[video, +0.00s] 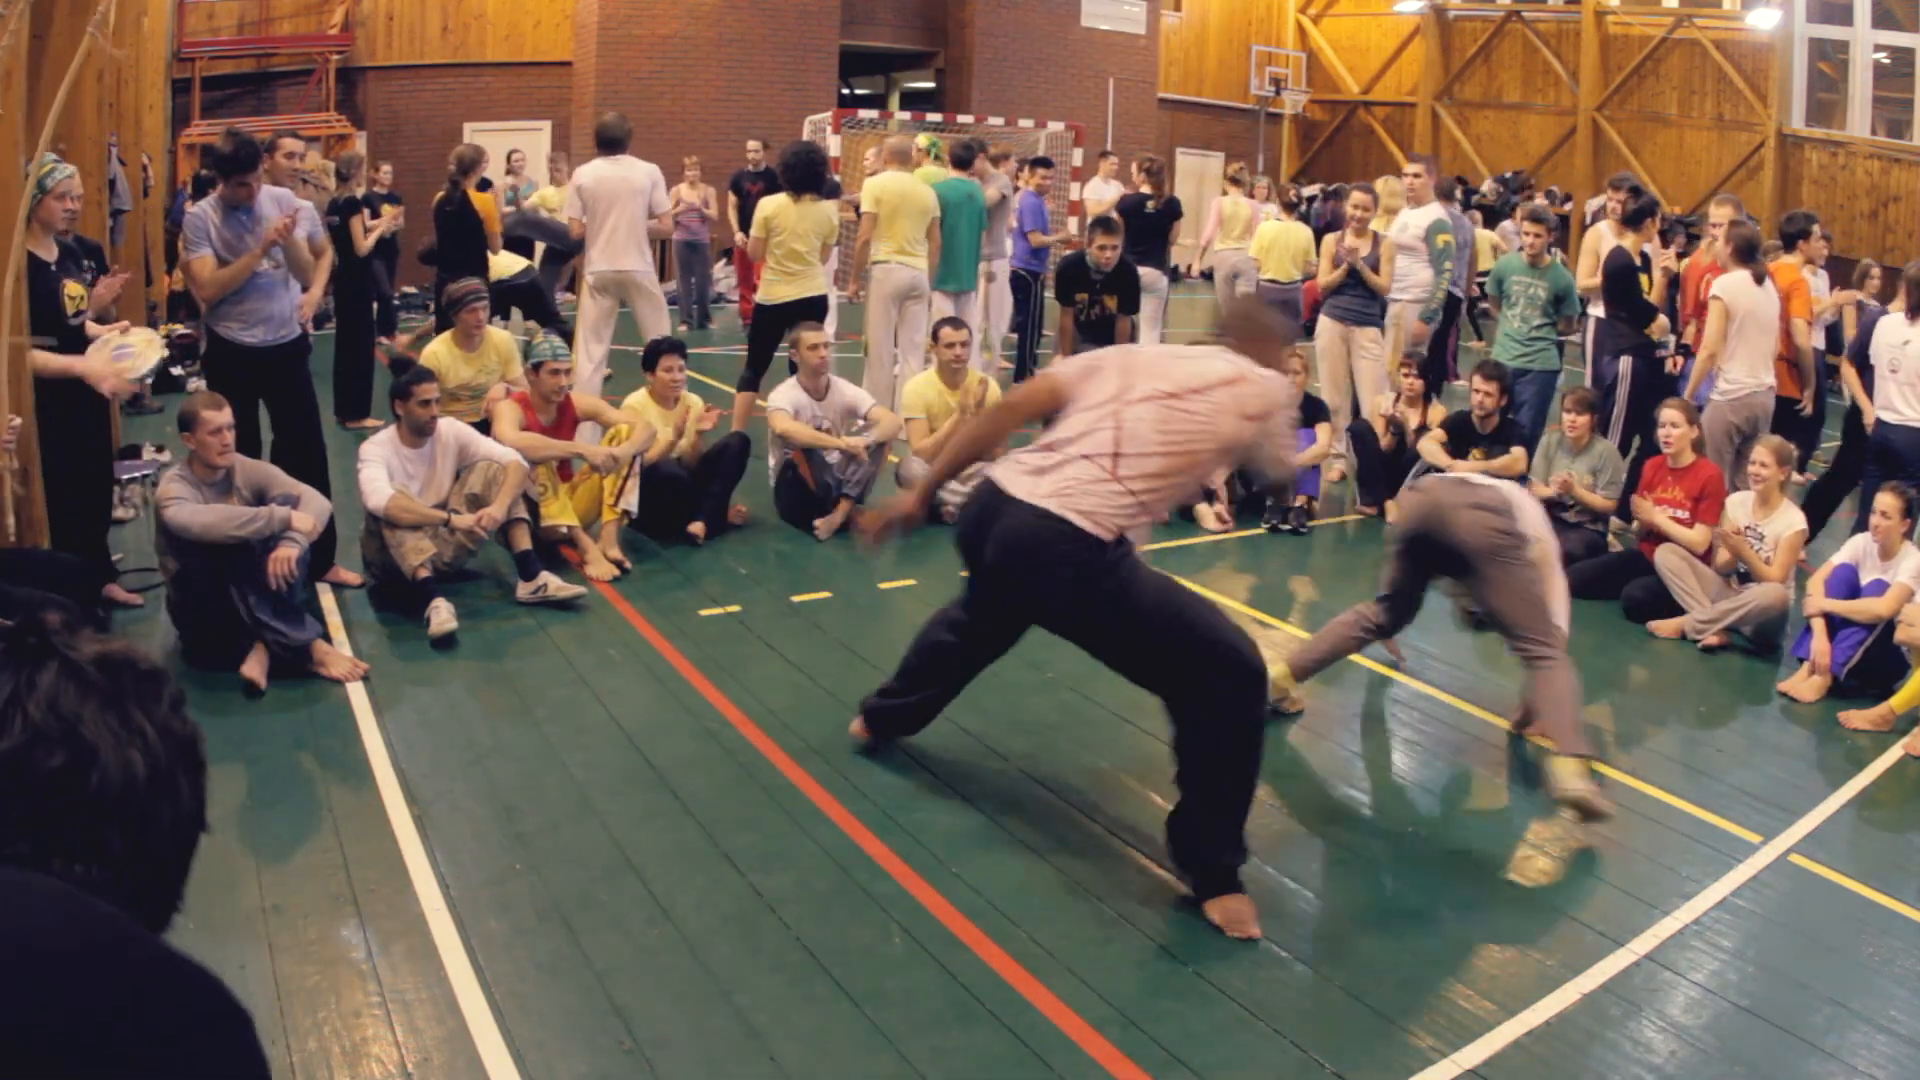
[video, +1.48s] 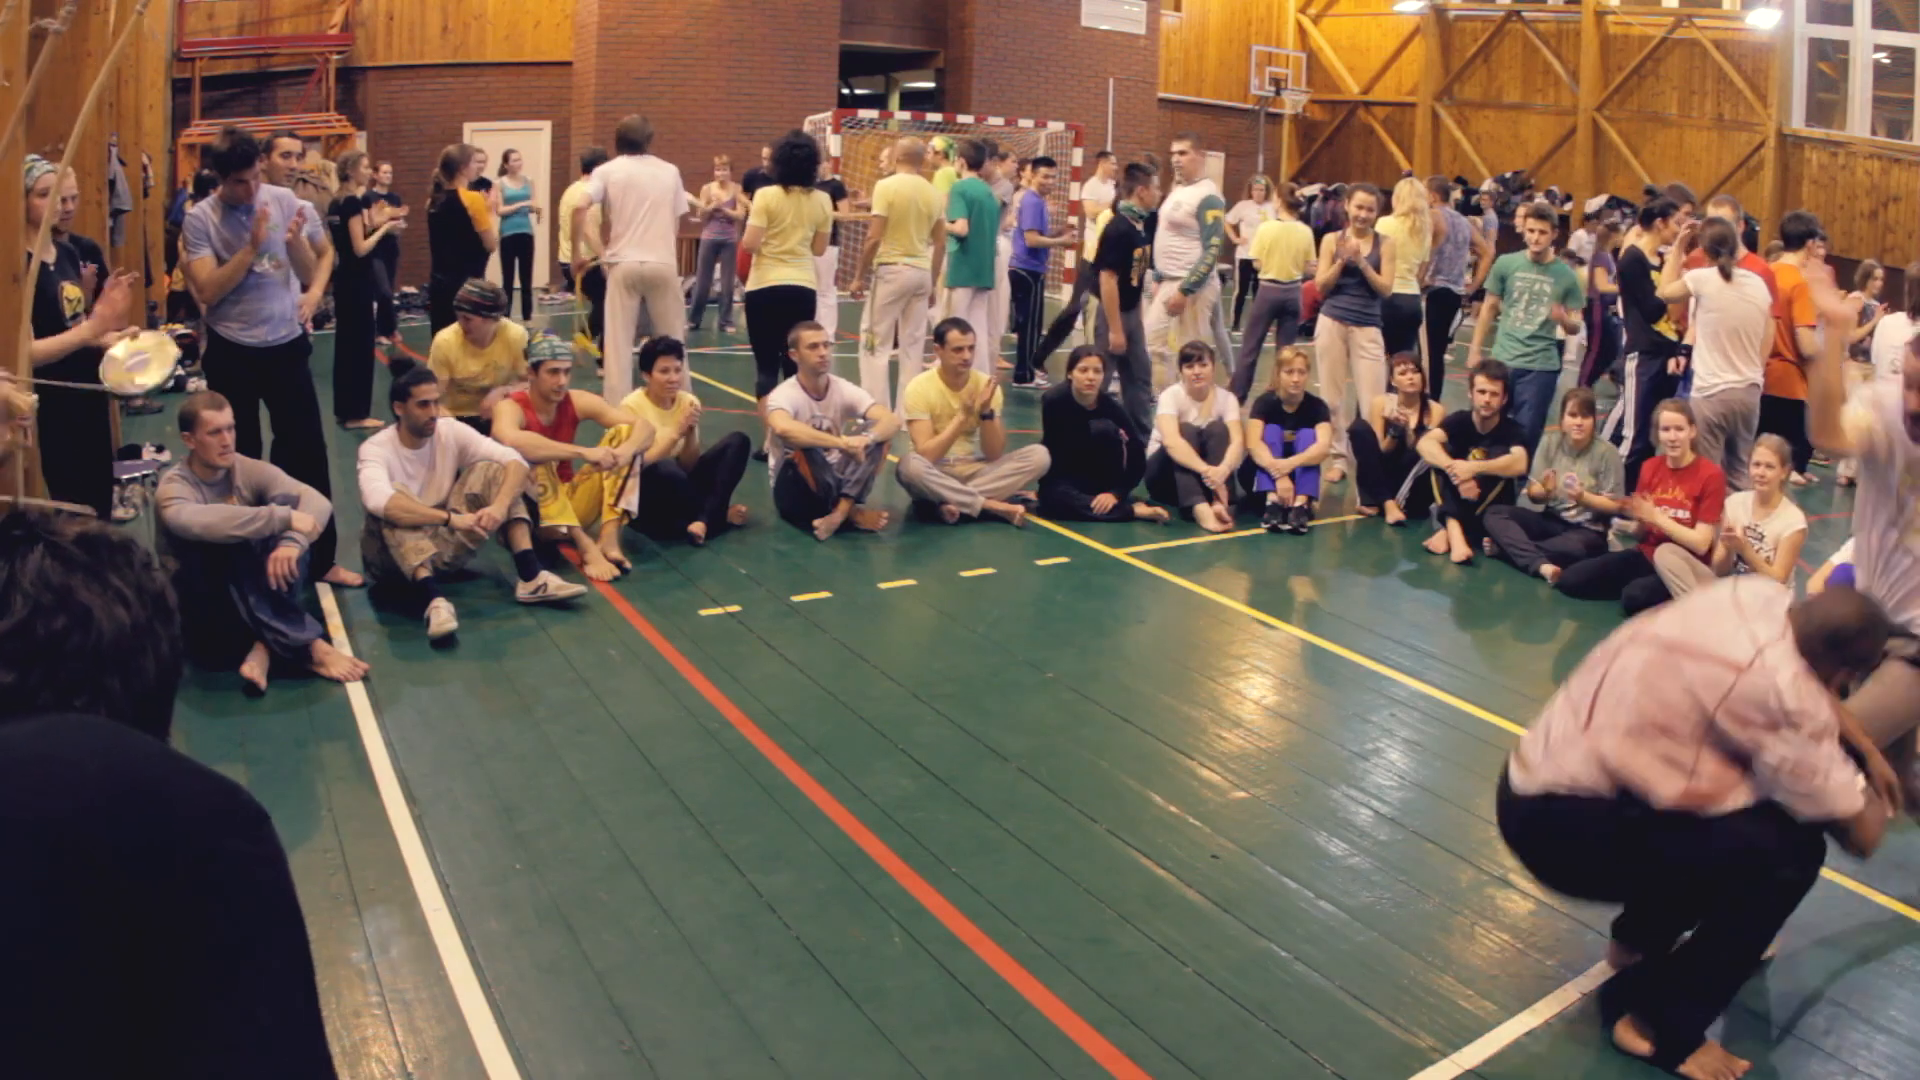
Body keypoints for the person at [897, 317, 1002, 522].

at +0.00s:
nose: (958, 353)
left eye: (964, 345)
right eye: (950, 346)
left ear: (971, 347)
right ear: (933, 349)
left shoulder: (988, 386)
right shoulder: (917, 389)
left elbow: (997, 451)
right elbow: (921, 453)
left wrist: (976, 417)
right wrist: (960, 416)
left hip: (975, 465)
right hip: (935, 467)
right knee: (910, 468)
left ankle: (953, 507)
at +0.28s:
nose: (960, 355)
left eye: (966, 347)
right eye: (952, 348)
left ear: (972, 347)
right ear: (934, 349)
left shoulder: (986, 385)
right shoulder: (917, 388)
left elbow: (997, 453)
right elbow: (922, 455)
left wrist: (984, 411)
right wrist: (955, 416)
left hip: (978, 468)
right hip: (937, 471)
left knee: (1040, 456)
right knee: (907, 470)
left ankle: (961, 505)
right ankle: (989, 506)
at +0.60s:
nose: (961, 354)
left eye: (966, 347)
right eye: (952, 348)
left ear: (972, 346)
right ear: (934, 348)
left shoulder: (986, 384)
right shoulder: (917, 388)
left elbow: (997, 453)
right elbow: (922, 455)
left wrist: (982, 410)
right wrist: (957, 414)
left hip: (978, 468)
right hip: (937, 472)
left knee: (1040, 456)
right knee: (907, 470)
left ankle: (962, 505)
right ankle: (989, 506)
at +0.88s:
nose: (963, 355)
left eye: (967, 348)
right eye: (954, 349)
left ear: (972, 347)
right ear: (935, 349)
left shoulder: (986, 384)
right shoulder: (917, 388)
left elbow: (998, 454)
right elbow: (921, 456)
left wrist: (986, 412)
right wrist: (952, 415)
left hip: (979, 468)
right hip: (938, 471)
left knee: (1040, 455)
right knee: (907, 469)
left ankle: (961, 505)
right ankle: (989, 506)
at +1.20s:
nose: (964, 356)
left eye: (969, 348)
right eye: (956, 350)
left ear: (973, 347)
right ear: (937, 350)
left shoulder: (986, 384)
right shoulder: (917, 388)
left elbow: (996, 453)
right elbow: (922, 455)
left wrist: (985, 411)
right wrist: (956, 416)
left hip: (978, 469)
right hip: (937, 472)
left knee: (1040, 455)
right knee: (907, 468)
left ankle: (960, 505)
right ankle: (989, 506)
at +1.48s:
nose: (966, 357)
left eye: (971, 349)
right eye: (957, 350)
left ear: (976, 348)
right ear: (938, 351)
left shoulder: (987, 385)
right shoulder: (919, 388)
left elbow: (993, 454)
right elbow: (926, 454)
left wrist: (986, 412)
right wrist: (963, 417)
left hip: (978, 468)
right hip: (938, 470)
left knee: (1040, 455)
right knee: (908, 466)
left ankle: (961, 505)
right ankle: (990, 506)